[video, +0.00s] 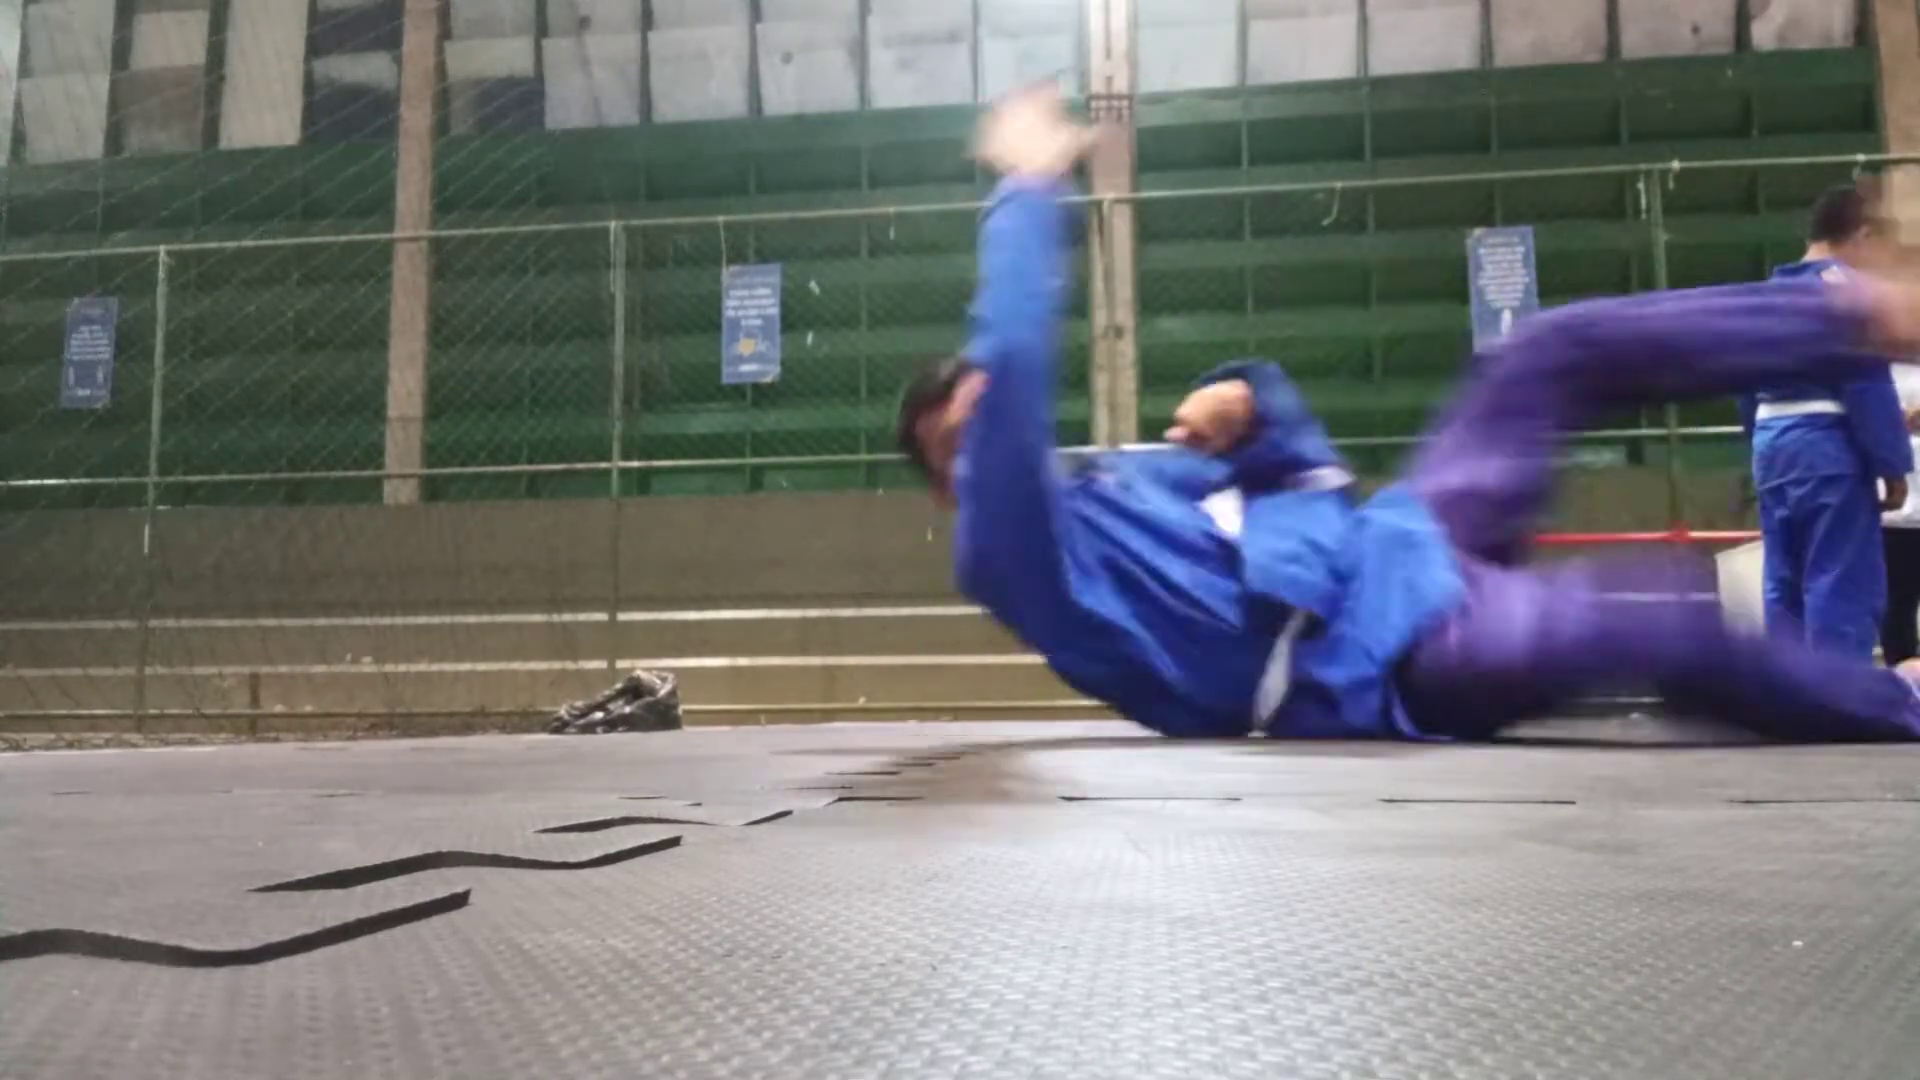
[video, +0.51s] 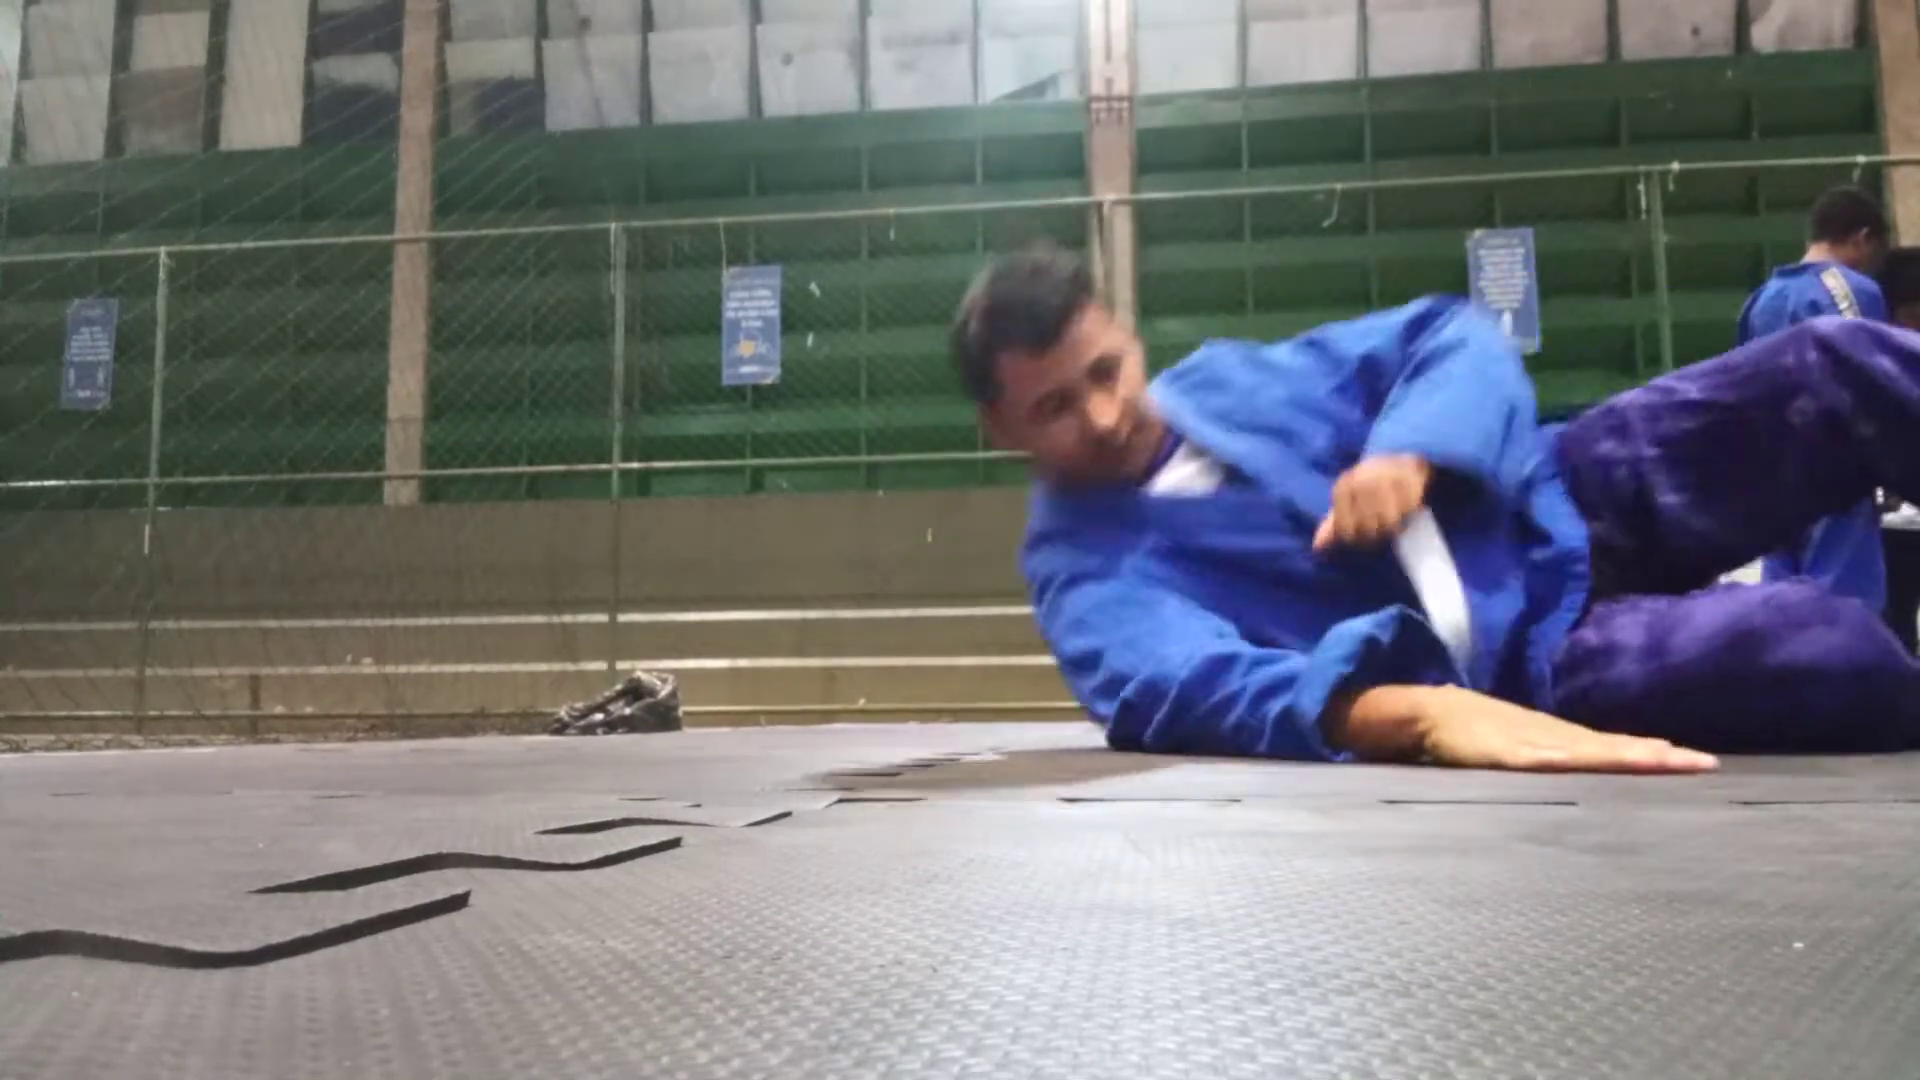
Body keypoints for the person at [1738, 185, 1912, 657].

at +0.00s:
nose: (1881, 250)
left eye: (1879, 238)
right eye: (1876, 237)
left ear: (1815, 232)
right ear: (1856, 235)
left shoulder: (1770, 292)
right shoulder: (1848, 292)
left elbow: (1747, 380)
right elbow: (1867, 388)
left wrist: (1762, 438)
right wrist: (1894, 464)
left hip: (1770, 434)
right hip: (1828, 434)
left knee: (1783, 579)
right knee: (1841, 578)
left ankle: (1788, 699)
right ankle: (1841, 703)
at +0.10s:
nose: (1876, 260)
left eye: (1877, 248)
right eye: (1876, 247)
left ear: (1813, 233)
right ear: (1861, 235)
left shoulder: (1767, 294)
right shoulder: (1858, 290)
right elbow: (1884, 391)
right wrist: (1896, 471)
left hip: (1775, 471)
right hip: (1837, 469)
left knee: (1783, 598)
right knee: (1842, 597)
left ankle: (1786, 710)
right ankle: (1834, 713)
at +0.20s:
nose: (1873, 257)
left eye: (1874, 247)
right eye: (1874, 245)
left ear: (1815, 233)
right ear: (1861, 236)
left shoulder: (1763, 298)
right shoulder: (1856, 291)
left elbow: (1754, 388)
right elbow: (1874, 393)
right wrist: (1885, 469)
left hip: (1778, 467)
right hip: (1838, 470)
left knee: (1784, 588)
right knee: (1842, 589)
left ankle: (1786, 705)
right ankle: (1836, 712)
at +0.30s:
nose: (1872, 260)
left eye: (1874, 250)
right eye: (1873, 248)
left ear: (1814, 234)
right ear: (1860, 238)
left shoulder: (1763, 298)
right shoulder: (1853, 292)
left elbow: (1746, 388)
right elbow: (1872, 394)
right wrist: (1884, 473)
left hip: (1777, 469)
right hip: (1836, 471)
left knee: (1787, 579)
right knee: (1846, 586)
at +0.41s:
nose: (1872, 260)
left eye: (1874, 250)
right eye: (1874, 248)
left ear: (1815, 233)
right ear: (1859, 239)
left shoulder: (1761, 301)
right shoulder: (1857, 292)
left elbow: (1748, 386)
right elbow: (1878, 392)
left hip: (1776, 470)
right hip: (1837, 470)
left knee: (1781, 584)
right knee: (1842, 590)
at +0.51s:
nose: (1872, 259)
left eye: (1875, 250)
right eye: (1874, 248)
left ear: (1815, 233)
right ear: (1859, 239)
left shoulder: (1762, 300)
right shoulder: (1858, 293)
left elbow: (1750, 388)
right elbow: (1875, 393)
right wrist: (1891, 474)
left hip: (1776, 471)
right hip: (1836, 472)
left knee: (1779, 594)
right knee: (1843, 596)